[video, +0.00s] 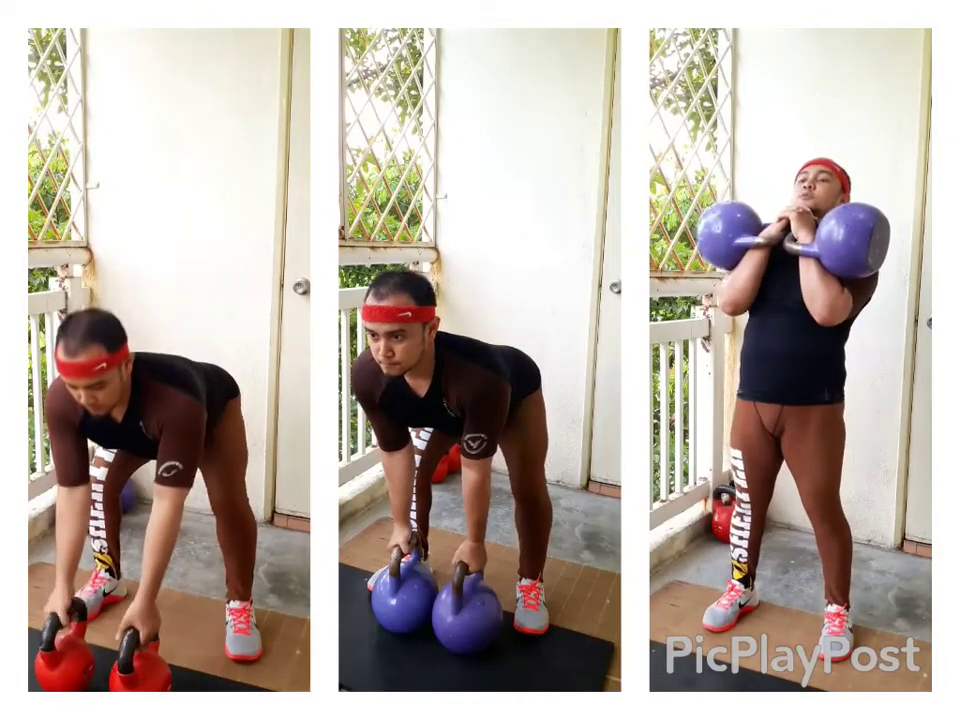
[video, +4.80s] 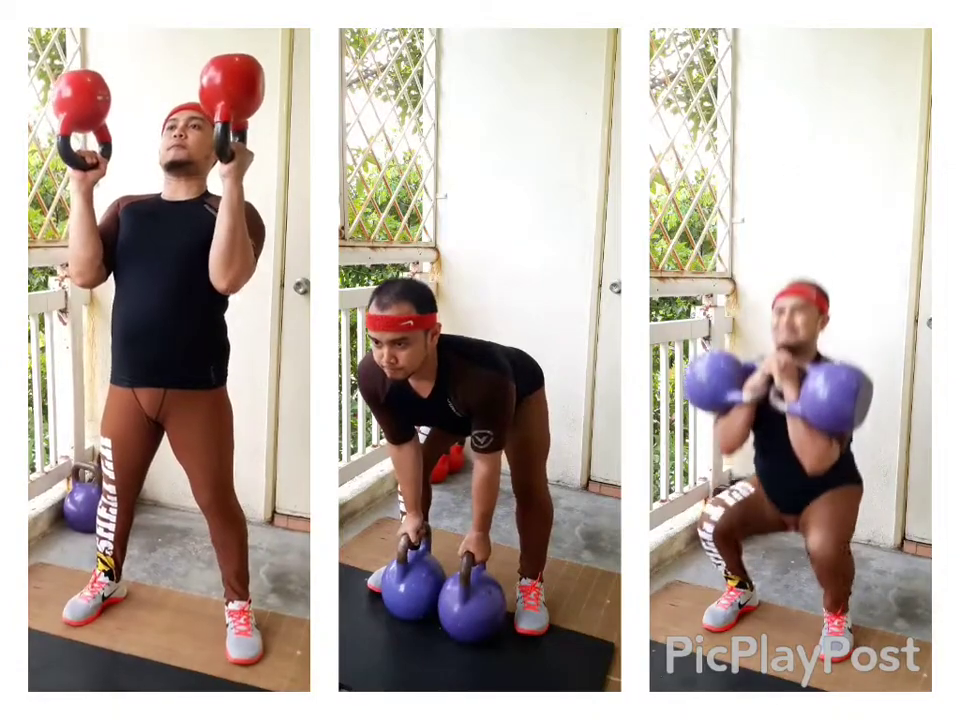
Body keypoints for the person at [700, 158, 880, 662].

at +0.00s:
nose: (807, 182)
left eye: (821, 178)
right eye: (802, 177)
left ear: (844, 199)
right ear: (790, 194)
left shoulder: (853, 256)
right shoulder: (767, 247)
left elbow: (828, 312)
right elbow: (729, 303)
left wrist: (804, 241)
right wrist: (765, 240)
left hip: (813, 408)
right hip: (752, 401)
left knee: (824, 513)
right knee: (749, 503)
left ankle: (836, 609)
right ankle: (740, 587)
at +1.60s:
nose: (790, 251)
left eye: (803, 244)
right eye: (783, 243)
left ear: (825, 256)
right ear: (772, 253)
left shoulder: (835, 315)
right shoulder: (752, 307)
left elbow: (816, 388)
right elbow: (725, 374)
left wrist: (791, 316)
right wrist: (751, 318)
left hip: (832, 443)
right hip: (774, 440)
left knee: (829, 534)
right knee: (724, 511)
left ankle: (836, 615)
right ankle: (740, 587)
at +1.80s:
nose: (787, 311)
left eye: (800, 302)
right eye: (779, 302)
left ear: (821, 315)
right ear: (770, 311)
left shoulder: (831, 370)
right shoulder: (750, 365)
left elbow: (817, 452)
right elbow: (723, 434)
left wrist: (788, 379)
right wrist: (750, 379)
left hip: (830, 480)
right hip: (773, 477)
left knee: (826, 544)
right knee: (716, 522)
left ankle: (836, 615)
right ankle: (741, 589)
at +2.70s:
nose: (786, 250)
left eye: (798, 242)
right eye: (779, 241)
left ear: (821, 254)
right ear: (769, 252)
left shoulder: (832, 318)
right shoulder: (752, 312)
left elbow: (817, 399)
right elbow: (725, 381)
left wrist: (789, 331)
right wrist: (749, 326)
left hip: (830, 441)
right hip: (774, 437)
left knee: (828, 531)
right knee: (724, 508)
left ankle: (837, 613)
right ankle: (739, 586)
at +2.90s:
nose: (797, 192)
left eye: (811, 185)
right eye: (790, 183)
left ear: (832, 204)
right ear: (777, 197)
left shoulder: (840, 262)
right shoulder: (754, 254)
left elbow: (820, 338)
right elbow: (730, 324)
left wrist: (793, 265)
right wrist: (754, 262)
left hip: (831, 415)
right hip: (772, 409)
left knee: (834, 518)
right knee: (738, 495)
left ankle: (837, 612)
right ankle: (740, 584)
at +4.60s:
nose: (790, 259)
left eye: (802, 251)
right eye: (783, 251)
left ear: (824, 262)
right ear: (774, 260)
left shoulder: (835, 321)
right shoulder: (755, 316)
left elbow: (819, 395)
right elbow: (729, 384)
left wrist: (794, 326)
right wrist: (754, 328)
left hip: (831, 448)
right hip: (775, 445)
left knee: (827, 536)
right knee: (725, 515)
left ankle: (835, 615)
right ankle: (740, 586)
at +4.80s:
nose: (788, 320)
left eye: (800, 311)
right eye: (781, 311)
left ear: (822, 323)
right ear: (772, 321)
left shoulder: (832, 380)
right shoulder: (751, 375)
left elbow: (818, 461)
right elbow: (726, 444)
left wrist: (791, 391)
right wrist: (752, 394)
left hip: (829, 490)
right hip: (772, 489)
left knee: (826, 547)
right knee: (716, 524)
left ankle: (835, 616)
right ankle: (740, 589)